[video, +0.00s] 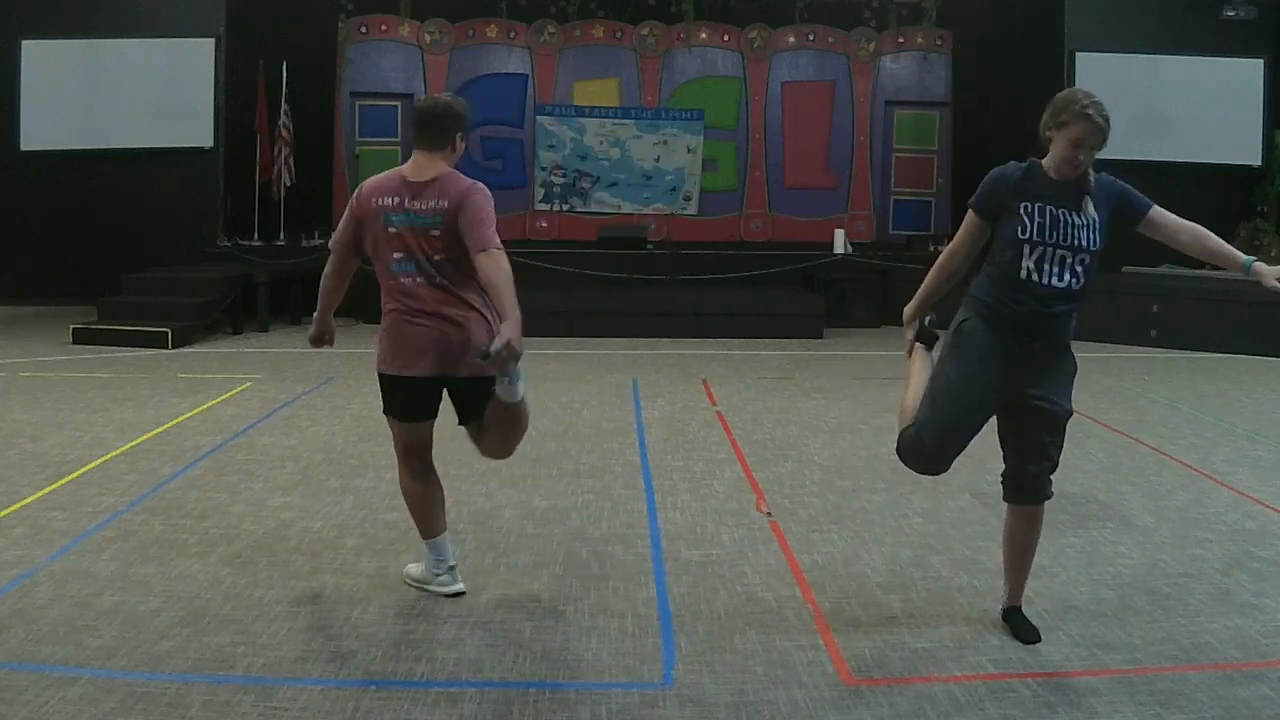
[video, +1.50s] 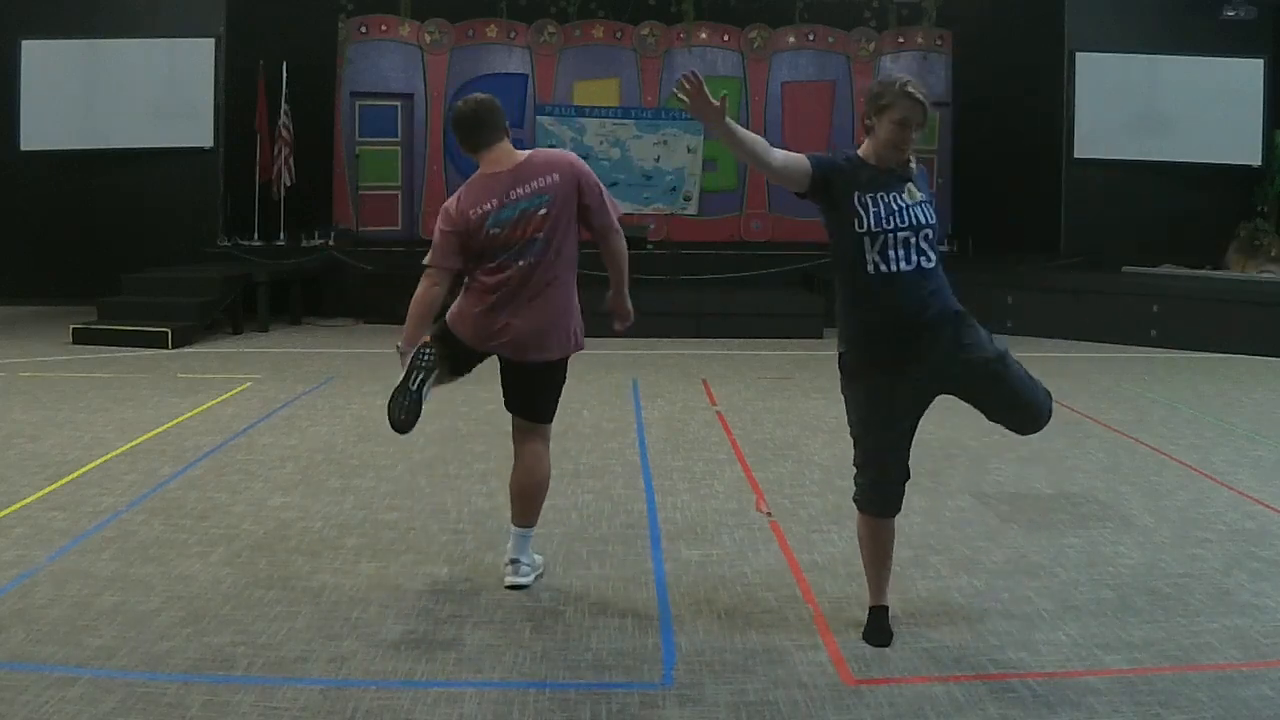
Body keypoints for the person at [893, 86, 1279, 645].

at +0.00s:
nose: (1083, 160)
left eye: (1092, 151)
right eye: (1074, 147)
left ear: (1100, 147)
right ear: (1047, 135)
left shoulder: (1109, 195)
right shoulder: (1007, 183)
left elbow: (1182, 232)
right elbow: (957, 253)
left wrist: (1254, 267)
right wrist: (915, 310)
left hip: (1048, 357)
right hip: (985, 343)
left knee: (1030, 484)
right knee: (922, 456)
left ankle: (1012, 605)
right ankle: (921, 345)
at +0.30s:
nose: (1089, 178)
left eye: (1100, 171)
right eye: (1084, 165)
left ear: (1113, 168)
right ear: (1065, 145)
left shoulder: (1111, 213)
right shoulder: (1013, 181)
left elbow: (1178, 254)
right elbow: (963, 246)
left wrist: (1253, 293)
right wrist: (923, 299)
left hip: (1036, 359)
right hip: (970, 344)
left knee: (1022, 485)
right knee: (915, 461)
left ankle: (1011, 604)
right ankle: (927, 351)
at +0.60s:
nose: (1053, 179)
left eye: (1065, 172)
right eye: (1047, 167)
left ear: (1079, 162)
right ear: (1026, 146)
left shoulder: (1085, 203)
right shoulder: (982, 182)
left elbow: (1142, 257)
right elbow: (932, 253)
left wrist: (1201, 309)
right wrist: (878, 314)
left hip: (1023, 358)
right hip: (953, 346)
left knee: (1018, 484)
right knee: (923, 466)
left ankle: (1012, 606)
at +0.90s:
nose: (978, 170)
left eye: (987, 161)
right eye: (971, 159)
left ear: (997, 156)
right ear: (945, 145)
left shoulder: (1008, 198)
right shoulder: (904, 192)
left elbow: (1054, 273)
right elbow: (832, 232)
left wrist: (1096, 344)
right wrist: (760, 267)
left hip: (991, 366)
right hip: (917, 366)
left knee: (1006, 487)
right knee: (906, 489)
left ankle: (1016, 602)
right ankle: (884, 605)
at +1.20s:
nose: (931, 150)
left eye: (939, 139)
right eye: (922, 137)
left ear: (945, 136)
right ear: (893, 129)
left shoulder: (949, 186)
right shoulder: (861, 175)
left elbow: (982, 256)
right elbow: (799, 175)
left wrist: (1024, 321)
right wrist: (739, 166)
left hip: (960, 343)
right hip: (888, 360)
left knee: (1035, 441)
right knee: (887, 492)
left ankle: (1027, 406)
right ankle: (881, 610)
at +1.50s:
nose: (910, 142)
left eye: (916, 132)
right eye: (901, 129)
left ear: (918, 132)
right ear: (868, 123)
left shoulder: (913, 176)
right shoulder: (837, 176)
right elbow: (776, 160)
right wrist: (720, 122)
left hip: (947, 339)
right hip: (878, 359)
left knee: (1034, 415)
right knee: (878, 489)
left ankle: (986, 352)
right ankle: (878, 608)